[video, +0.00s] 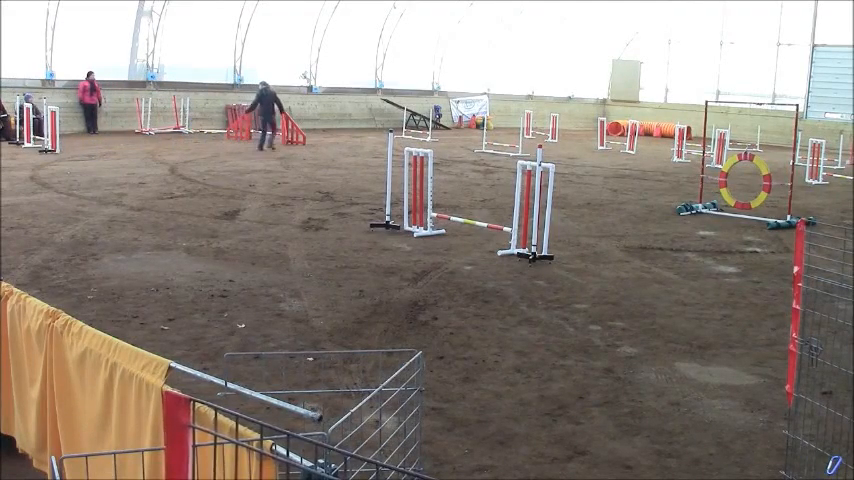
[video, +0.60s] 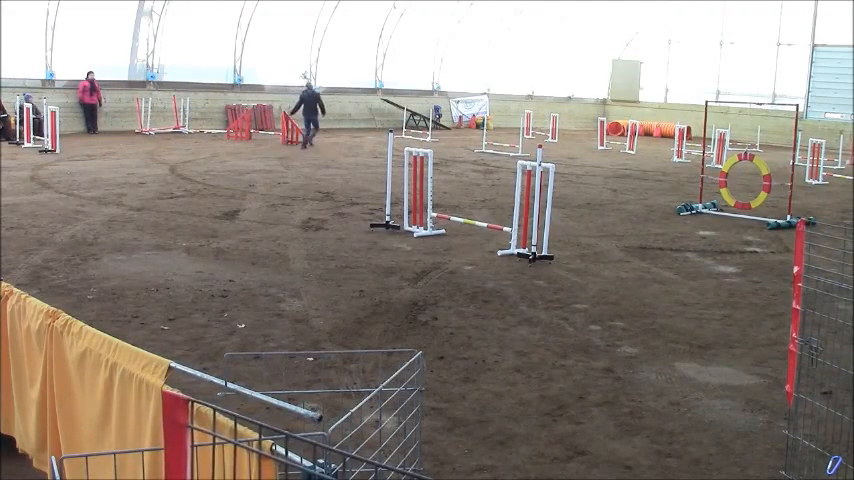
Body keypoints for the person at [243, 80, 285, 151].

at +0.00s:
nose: (259, 88)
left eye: (259, 86)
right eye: (259, 86)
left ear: (261, 86)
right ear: (267, 85)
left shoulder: (260, 93)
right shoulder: (272, 93)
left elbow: (255, 103)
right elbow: (278, 102)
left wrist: (248, 110)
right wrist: (281, 110)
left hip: (262, 114)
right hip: (270, 114)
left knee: (263, 130)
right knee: (274, 129)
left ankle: (260, 146)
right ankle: (270, 144)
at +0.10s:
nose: (268, 86)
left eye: (269, 85)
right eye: (269, 85)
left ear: (269, 85)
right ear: (275, 85)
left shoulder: (268, 92)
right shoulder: (280, 91)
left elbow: (262, 101)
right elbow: (286, 100)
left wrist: (255, 108)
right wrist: (290, 107)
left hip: (270, 112)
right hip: (278, 112)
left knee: (267, 129)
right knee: (281, 129)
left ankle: (262, 144)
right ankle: (282, 145)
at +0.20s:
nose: (276, 87)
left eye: (277, 86)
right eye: (277, 86)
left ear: (277, 86)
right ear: (283, 85)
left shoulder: (276, 92)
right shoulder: (288, 92)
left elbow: (270, 101)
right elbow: (294, 101)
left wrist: (262, 108)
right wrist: (298, 109)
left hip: (277, 113)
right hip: (286, 113)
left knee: (276, 129)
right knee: (286, 130)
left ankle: (267, 141)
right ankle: (284, 146)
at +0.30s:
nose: (283, 88)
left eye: (283, 87)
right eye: (283, 87)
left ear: (285, 87)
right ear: (290, 86)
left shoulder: (283, 93)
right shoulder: (295, 93)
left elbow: (278, 102)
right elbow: (302, 102)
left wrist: (270, 108)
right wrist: (304, 110)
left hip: (284, 113)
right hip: (292, 113)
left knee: (285, 129)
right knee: (289, 130)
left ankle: (280, 141)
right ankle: (285, 144)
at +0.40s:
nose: (290, 87)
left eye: (290, 86)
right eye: (290, 86)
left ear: (291, 86)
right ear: (297, 85)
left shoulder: (291, 92)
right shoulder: (302, 92)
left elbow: (285, 102)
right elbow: (309, 101)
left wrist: (278, 108)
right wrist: (308, 109)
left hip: (292, 111)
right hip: (300, 111)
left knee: (294, 127)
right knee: (294, 127)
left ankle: (296, 141)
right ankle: (287, 141)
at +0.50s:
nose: (297, 88)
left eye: (298, 87)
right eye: (298, 87)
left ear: (298, 87)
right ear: (304, 87)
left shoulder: (297, 94)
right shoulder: (309, 93)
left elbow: (292, 103)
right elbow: (314, 102)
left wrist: (285, 110)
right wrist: (316, 110)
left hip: (299, 112)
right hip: (307, 112)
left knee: (303, 128)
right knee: (304, 128)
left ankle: (304, 143)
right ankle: (297, 139)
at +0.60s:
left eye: (307, 87)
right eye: (310, 87)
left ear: (306, 87)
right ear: (312, 87)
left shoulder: (303, 94)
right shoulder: (316, 94)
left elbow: (298, 104)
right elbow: (320, 103)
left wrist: (292, 112)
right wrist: (323, 111)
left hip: (306, 115)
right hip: (313, 115)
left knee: (307, 129)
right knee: (316, 128)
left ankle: (304, 143)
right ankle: (310, 138)